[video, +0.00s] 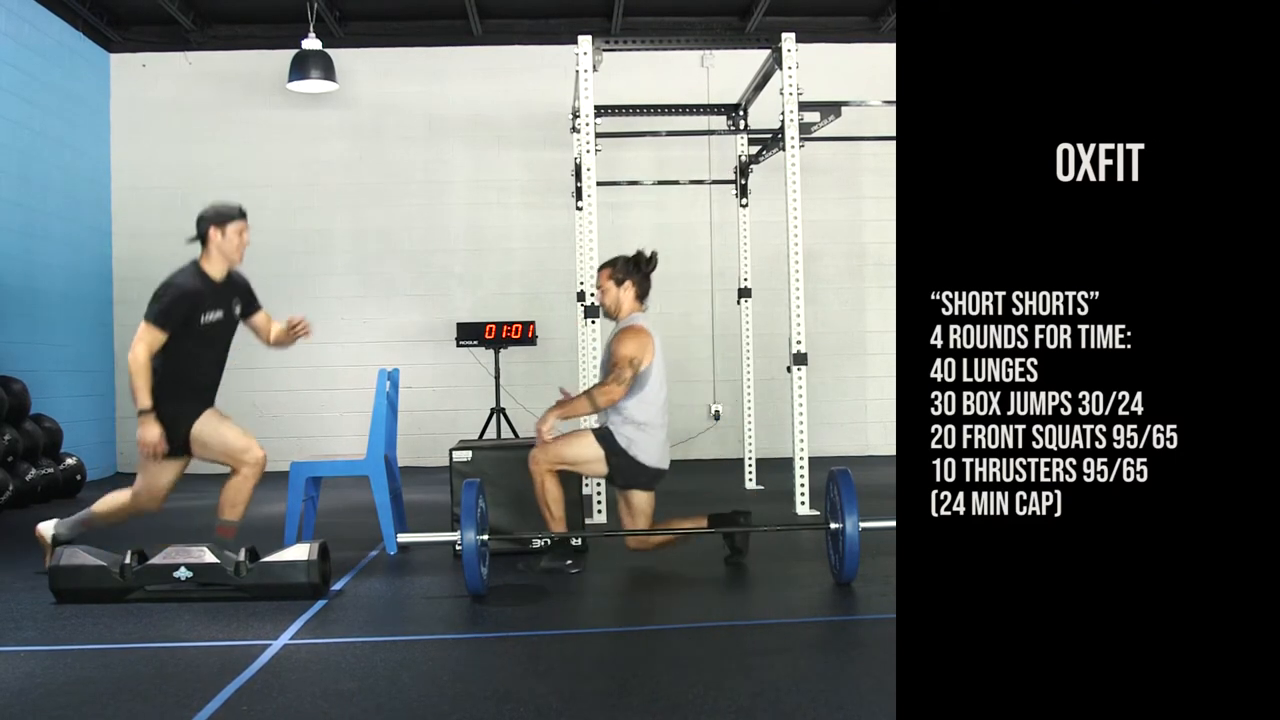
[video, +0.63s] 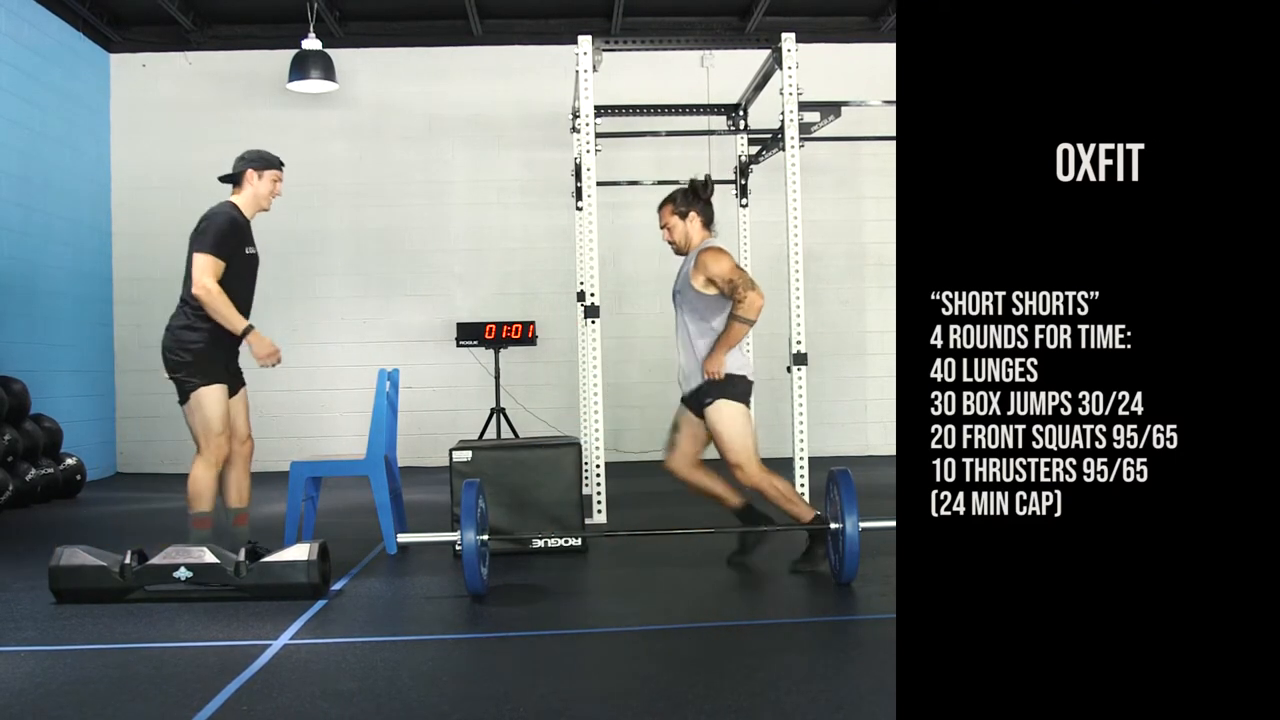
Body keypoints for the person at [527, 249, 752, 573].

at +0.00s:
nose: (598, 298)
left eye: (602, 290)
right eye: (598, 291)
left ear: (627, 288)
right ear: (626, 290)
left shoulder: (630, 337)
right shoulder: (637, 334)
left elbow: (611, 392)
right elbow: (621, 392)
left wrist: (555, 414)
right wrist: (580, 399)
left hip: (628, 445)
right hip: (643, 449)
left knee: (540, 460)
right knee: (638, 540)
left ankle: (563, 548)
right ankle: (725, 523)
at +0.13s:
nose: (620, 268)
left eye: (624, 260)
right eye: (619, 261)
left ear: (648, 258)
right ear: (646, 260)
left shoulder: (652, 306)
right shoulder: (654, 303)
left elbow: (648, 364)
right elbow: (641, 365)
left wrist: (597, 397)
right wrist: (598, 389)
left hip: (647, 420)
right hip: (662, 424)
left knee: (567, 456)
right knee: (655, 506)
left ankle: (568, 547)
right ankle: (742, 521)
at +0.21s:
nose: (631, 247)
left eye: (635, 238)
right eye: (630, 240)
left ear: (659, 235)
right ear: (658, 236)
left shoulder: (668, 280)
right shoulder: (665, 279)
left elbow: (684, 337)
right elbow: (668, 343)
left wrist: (636, 381)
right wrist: (640, 388)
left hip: (666, 400)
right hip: (681, 402)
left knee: (601, 453)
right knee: (679, 483)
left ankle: (573, 543)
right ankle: (757, 524)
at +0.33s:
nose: (644, 231)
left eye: (648, 222)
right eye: (643, 223)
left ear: (672, 217)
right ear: (673, 219)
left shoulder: (688, 260)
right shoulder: (679, 260)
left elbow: (730, 304)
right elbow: (727, 295)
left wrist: (695, 358)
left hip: (691, 383)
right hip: (701, 383)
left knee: (628, 441)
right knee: (717, 461)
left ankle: (641, 535)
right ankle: (773, 532)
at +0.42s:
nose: (652, 228)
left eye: (656, 219)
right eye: (651, 221)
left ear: (679, 214)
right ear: (679, 215)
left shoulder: (698, 255)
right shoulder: (687, 254)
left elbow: (744, 294)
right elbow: (738, 290)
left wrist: (713, 346)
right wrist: (705, 344)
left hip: (704, 377)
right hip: (708, 376)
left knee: (650, 449)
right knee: (726, 459)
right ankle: (775, 533)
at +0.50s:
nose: (659, 228)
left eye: (662, 219)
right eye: (657, 221)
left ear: (686, 212)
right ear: (684, 214)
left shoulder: (705, 251)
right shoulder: (693, 252)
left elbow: (750, 288)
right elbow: (741, 288)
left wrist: (714, 335)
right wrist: (703, 338)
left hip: (709, 371)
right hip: (709, 370)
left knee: (689, 465)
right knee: (725, 459)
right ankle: (773, 533)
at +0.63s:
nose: (665, 236)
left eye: (667, 227)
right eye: (662, 229)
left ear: (691, 219)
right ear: (690, 221)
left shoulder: (710, 257)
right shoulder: (695, 263)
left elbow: (751, 299)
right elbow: (744, 302)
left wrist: (719, 352)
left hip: (722, 383)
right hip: (700, 386)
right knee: (679, 460)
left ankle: (819, 527)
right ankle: (753, 520)